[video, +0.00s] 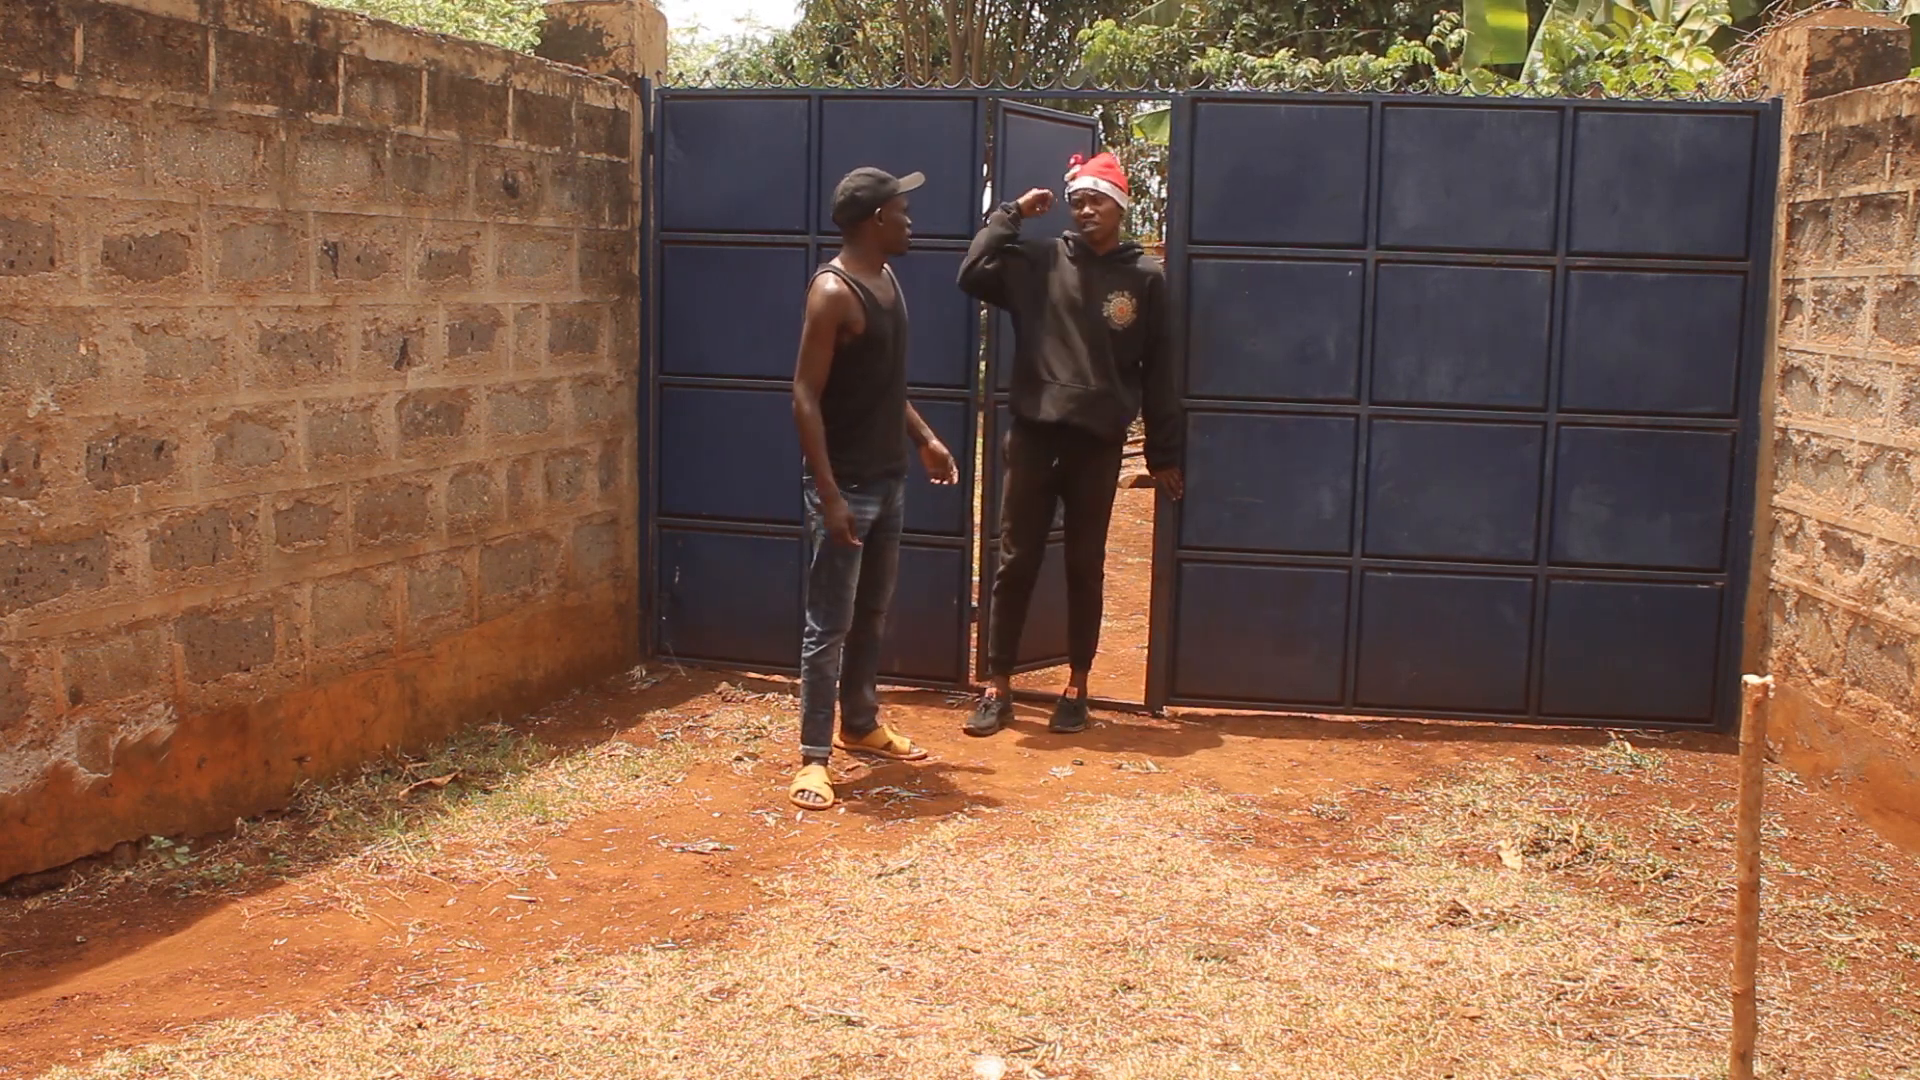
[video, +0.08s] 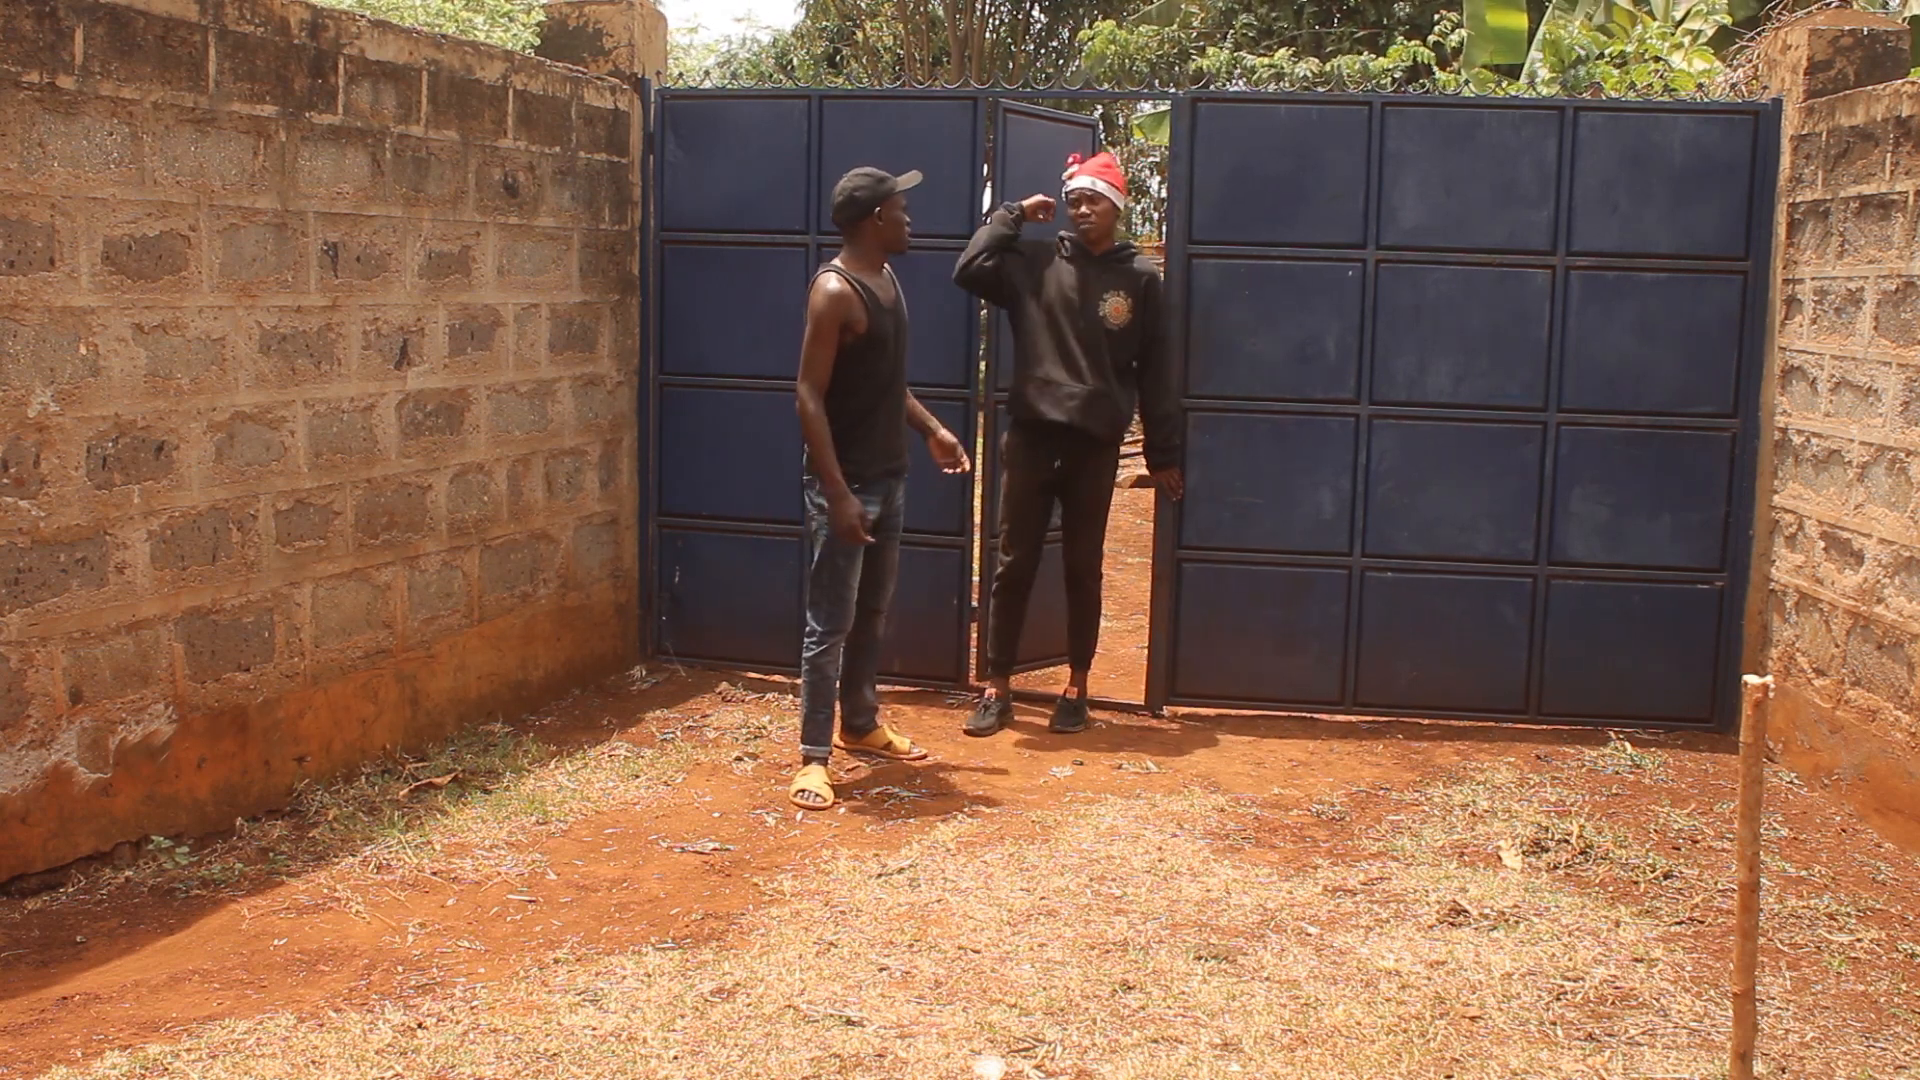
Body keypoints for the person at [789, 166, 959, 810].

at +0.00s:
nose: (909, 218)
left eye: (906, 208)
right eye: (901, 210)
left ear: (873, 220)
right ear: (869, 221)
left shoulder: (885, 279)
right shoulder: (831, 293)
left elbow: (881, 381)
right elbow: (804, 398)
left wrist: (924, 437)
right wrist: (829, 496)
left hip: (887, 477)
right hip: (842, 484)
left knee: (871, 613)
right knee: (827, 626)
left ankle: (861, 724)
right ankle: (814, 759)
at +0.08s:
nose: (910, 215)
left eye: (905, 205)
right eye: (901, 206)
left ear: (873, 220)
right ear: (872, 220)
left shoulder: (884, 281)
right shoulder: (833, 294)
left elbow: (883, 379)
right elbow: (808, 397)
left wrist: (931, 427)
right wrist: (838, 494)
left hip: (887, 477)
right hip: (841, 483)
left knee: (871, 611)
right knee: (828, 623)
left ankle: (861, 725)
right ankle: (814, 758)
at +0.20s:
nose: (910, 216)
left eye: (906, 206)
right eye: (901, 207)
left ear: (871, 219)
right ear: (874, 218)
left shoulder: (876, 280)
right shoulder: (839, 292)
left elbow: (896, 344)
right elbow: (816, 395)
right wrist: (845, 491)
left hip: (884, 477)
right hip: (843, 481)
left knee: (874, 611)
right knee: (830, 624)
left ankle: (860, 726)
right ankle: (813, 760)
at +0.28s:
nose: (915, 224)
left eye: (915, 213)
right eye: (906, 214)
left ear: (879, 219)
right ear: (875, 219)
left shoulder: (875, 269)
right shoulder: (848, 284)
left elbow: (916, 292)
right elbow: (826, 388)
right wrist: (850, 487)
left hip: (883, 471)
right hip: (845, 477)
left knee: (883, 604)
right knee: (835, 621)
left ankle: (861, 724)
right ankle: (810, 758)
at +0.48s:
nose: (914, 222)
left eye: (911, 213)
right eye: (908, 214)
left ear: (872, 222)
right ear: (885, 223)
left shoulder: (875, 273)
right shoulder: (857, 287)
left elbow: (922, 310)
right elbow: (847, 393)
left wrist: (950, 236)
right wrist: (874, 490)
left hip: (884, 470)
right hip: (851, 475)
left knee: (893, 602)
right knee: (843, 615)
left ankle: (861, 724)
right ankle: (806, 757)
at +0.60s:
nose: (926, 225)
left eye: (924, 216)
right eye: (921, 217)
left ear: (883, 223)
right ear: (897, 225)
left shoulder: (883, 275)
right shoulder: (863, 287)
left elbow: (926, 317)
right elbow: (850, 393)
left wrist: (967, 252)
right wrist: (893, 480)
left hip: (886, 468)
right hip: (854, 471)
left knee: (891, 604)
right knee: (841, 613)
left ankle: (861, 725)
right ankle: (807, 754)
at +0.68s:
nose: (934, 226)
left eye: (932, 217)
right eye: (928, 217)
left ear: (895, 222)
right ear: (903, 223)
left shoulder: (891, 277)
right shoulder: (867, 282)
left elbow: (929, 321)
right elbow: (854, 388)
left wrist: (992, 272)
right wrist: (900, 474)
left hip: (891, 468)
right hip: (857, 468)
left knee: (888, 603)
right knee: (844, 606)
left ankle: (860, 725)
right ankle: (802, 747)